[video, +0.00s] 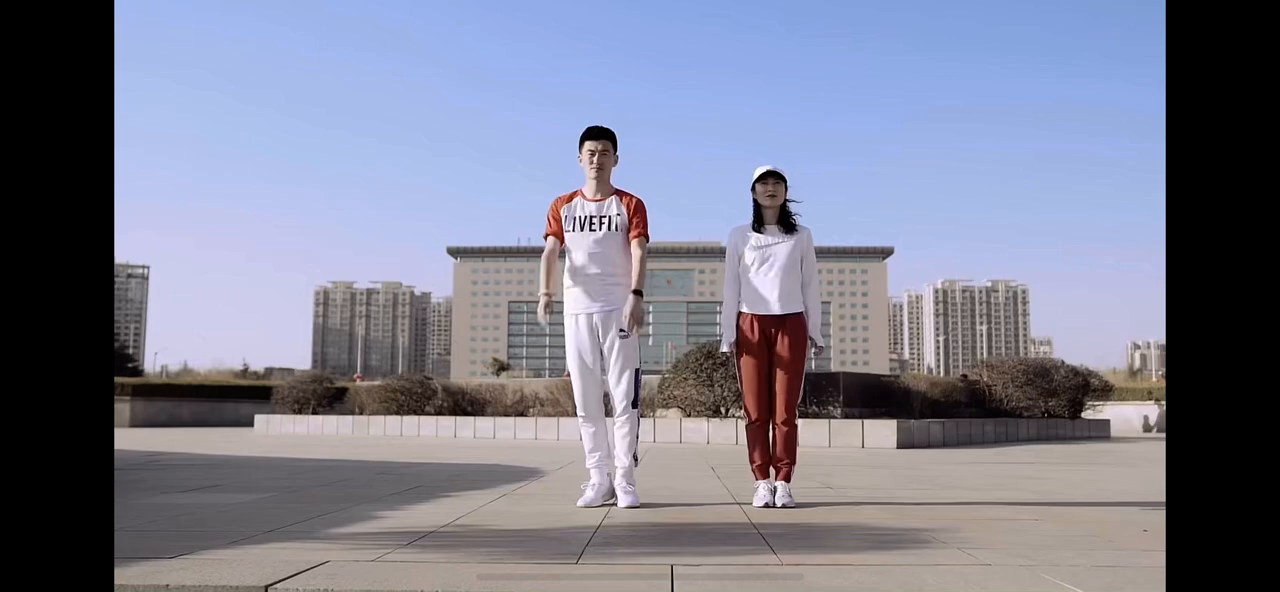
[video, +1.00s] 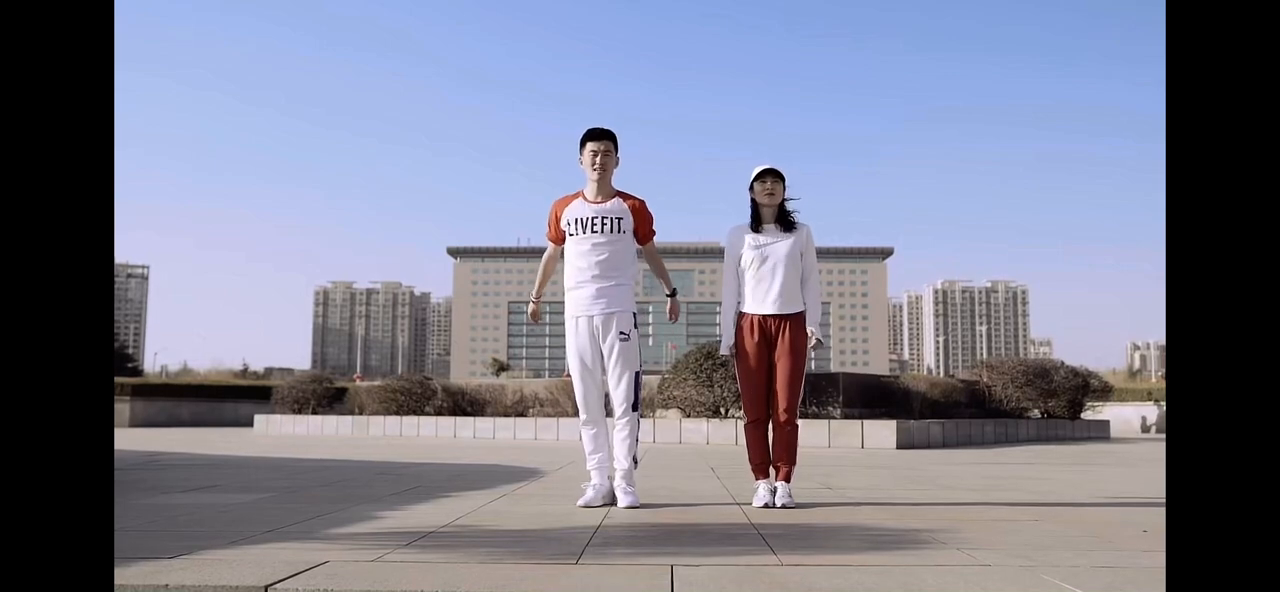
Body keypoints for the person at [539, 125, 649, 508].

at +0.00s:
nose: (597, 158)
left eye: (604, 152)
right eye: (590, 152)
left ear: (614, 159)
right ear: (580, 159)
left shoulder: (630, 204)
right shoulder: (562, 206)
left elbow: (639, 249)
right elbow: (551, 251)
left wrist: (636, 295)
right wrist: (545, 291)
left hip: (619, 310)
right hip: (578, 313)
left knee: (624, 400)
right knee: (586, 402)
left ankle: (624, 481)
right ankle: (598, 480)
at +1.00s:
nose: (599, 159)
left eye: (606, 153)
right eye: (593, 153)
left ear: (616, 160)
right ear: (581, 160)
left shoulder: (633, 206)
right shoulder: (563, 208)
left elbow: (650, 251)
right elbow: (552, 253)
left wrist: (671, 291)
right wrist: (535, 295)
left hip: (619, 313)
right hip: (578, 315)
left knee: (624, 401)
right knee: (588, 404)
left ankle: (625, 482)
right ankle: (599, 482)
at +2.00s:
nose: (599, 161)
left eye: (605, 156)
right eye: (592, 155)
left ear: (614, 166)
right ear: (579, 163)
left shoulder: (629, 212)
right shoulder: (558, 211)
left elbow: (645, 257)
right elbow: (543, 266)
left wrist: (649, 275)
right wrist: (538, 318)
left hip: (613, 317)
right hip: (571, 318)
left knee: (617, 395)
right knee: (583, 406)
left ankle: (627, 475)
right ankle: (600, 482)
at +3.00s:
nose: (601, 169)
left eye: (608, 163)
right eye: (594, 163)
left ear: (616, 169)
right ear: (582, 169)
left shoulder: (630, 214)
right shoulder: (563, 215)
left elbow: (641, 260)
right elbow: (551, 259)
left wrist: (644, 306)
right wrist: (574, 272)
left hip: (617, 313)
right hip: (576, 315)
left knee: (620, 398)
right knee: (587, 402)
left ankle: (630, 481)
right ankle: (600, 482)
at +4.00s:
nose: (595, 165)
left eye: (602, 159)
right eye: (588, 160)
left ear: (611, 165)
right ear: (577, 167)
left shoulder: (630, 206)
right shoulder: (567, 216)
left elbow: (660, 249)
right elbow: (549, 263)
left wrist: (643, 232)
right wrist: (527, 302)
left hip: (616, 316)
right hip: (576, 316)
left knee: (624, 404)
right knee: (576, 400)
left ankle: (636, 479)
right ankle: (600, 480)